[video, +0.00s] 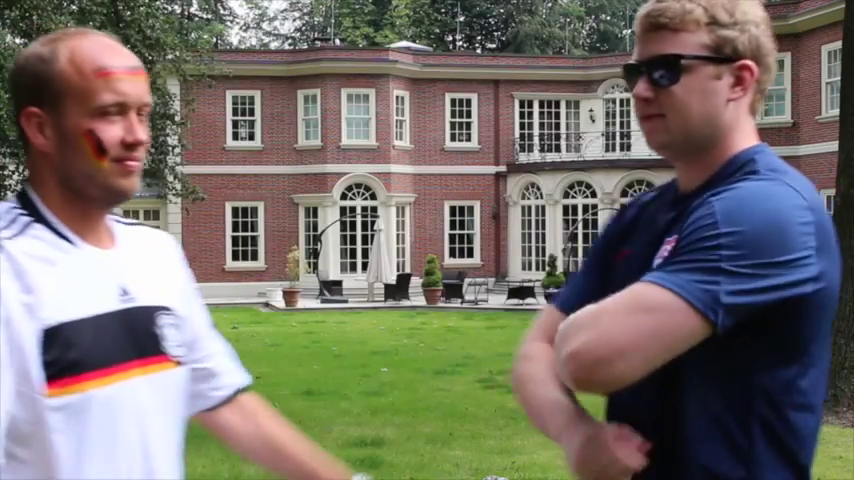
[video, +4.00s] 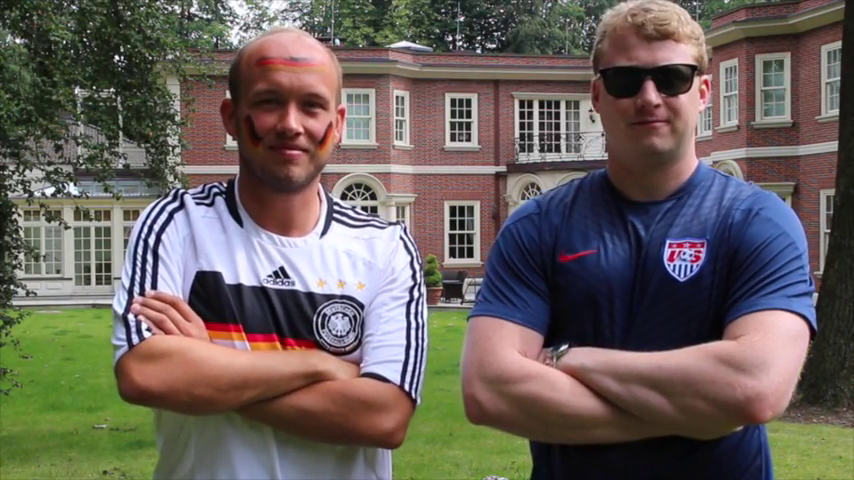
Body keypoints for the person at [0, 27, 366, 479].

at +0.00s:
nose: (138, 136)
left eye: (143, 114)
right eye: (111, 112)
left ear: (150, 117)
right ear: (38, 128)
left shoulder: (158, 254)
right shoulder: (11, 268)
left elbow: (228, 401)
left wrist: (343, 475)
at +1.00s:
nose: (330, 126)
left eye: (352, 107)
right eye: (310, 104)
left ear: (380, 125)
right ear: (274, 119)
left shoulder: (425, 241)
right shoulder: (218, 210)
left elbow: (397, 396)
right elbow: (169, 334)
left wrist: (230, 329)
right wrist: (356, 350)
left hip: (377, 477)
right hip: (231, 474)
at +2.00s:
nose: (294, 122)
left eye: (315, 103)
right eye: (272, 101)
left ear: (341, 121)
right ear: (235, 115)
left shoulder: (393, 247)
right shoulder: (179, 219)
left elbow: (386, 418)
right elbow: (136, 364)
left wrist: (210, 365)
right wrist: (320, 361)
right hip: (206, 473)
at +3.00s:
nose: (293, 125)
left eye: (315, 106)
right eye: (272, 103)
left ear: (340, 122)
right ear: (234, 115)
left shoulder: (389, 247)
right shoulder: (175, 221)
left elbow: (386, 417)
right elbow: (139, 367)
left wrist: (210, 366)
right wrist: (322, 361)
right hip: (203, 474)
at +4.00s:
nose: (291, 124)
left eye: (312, 105)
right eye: (269, 102)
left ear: (337, 124)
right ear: (231, 117)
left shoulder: (386, 248)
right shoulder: (173, 223)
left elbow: (386, 420)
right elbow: (140, 374)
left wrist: (212, 372)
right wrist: (321, 365)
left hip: (341, 475)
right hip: (202, 473)